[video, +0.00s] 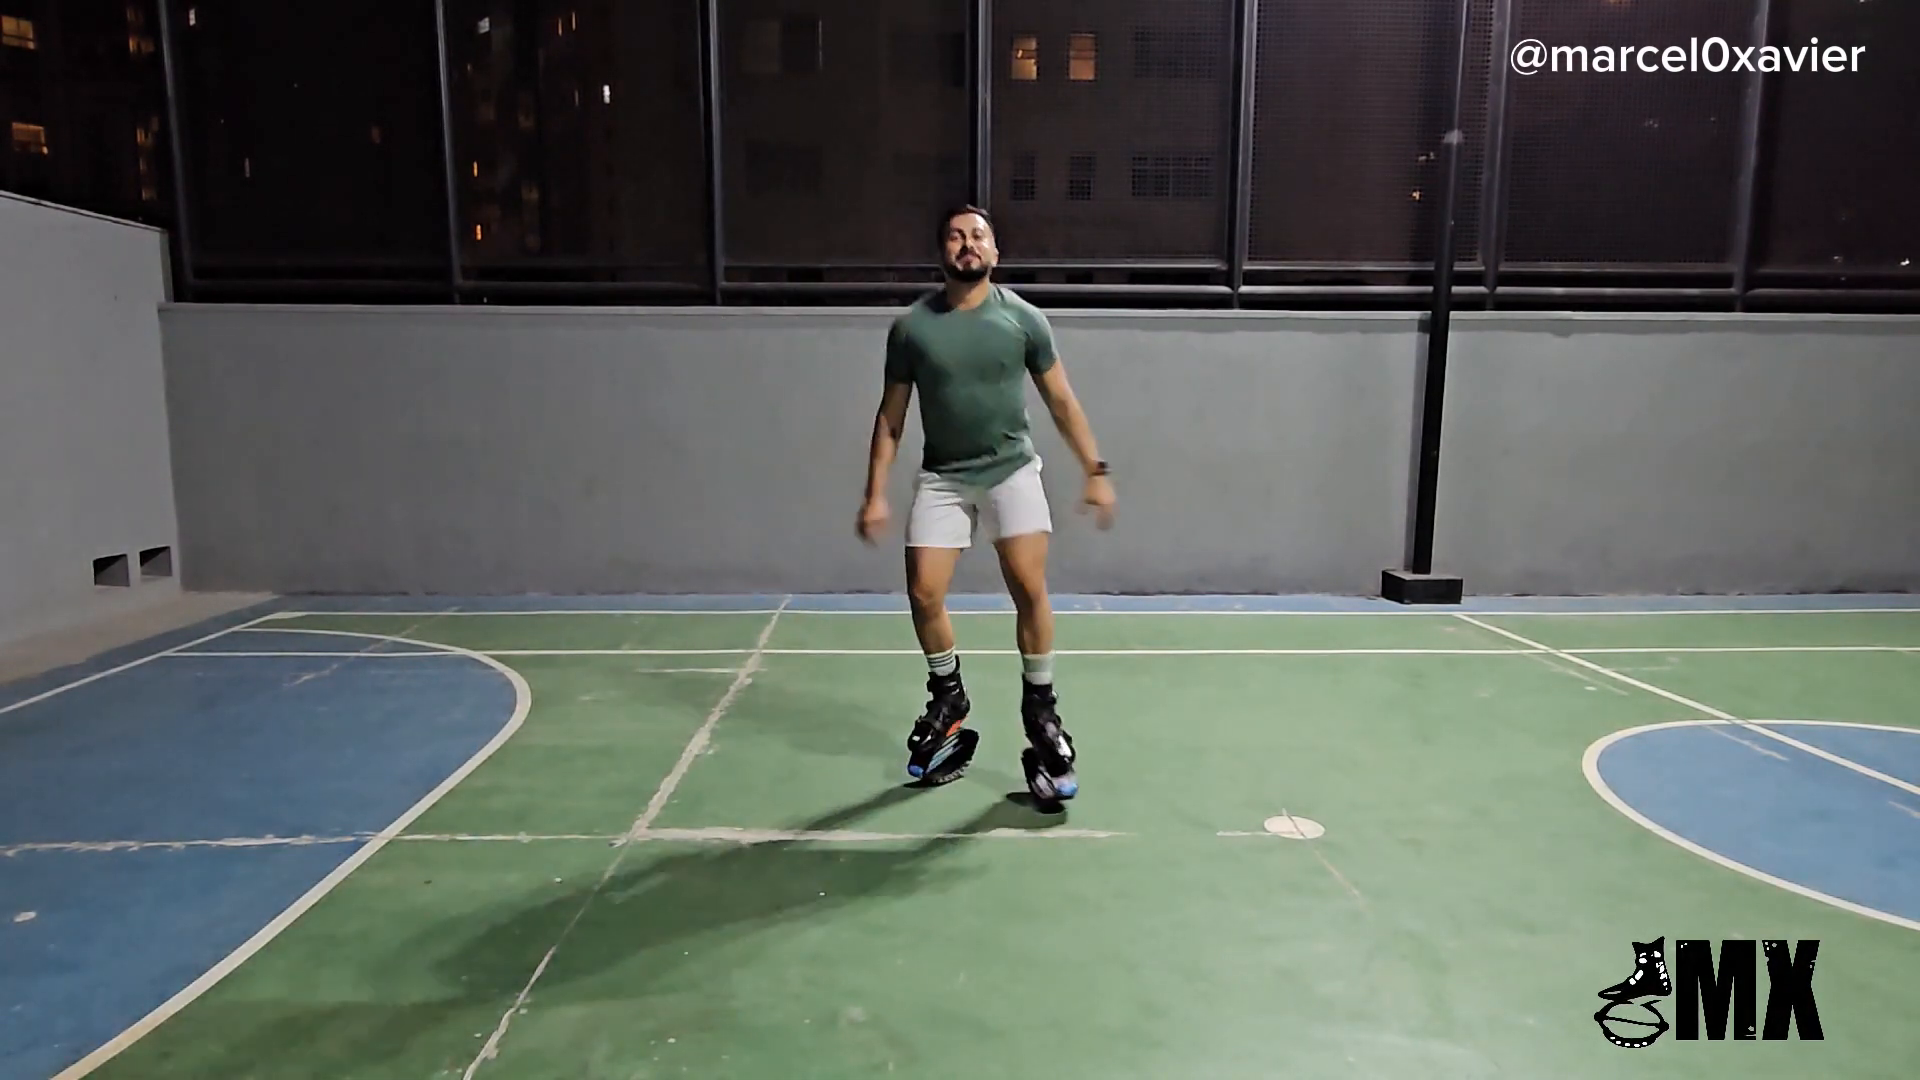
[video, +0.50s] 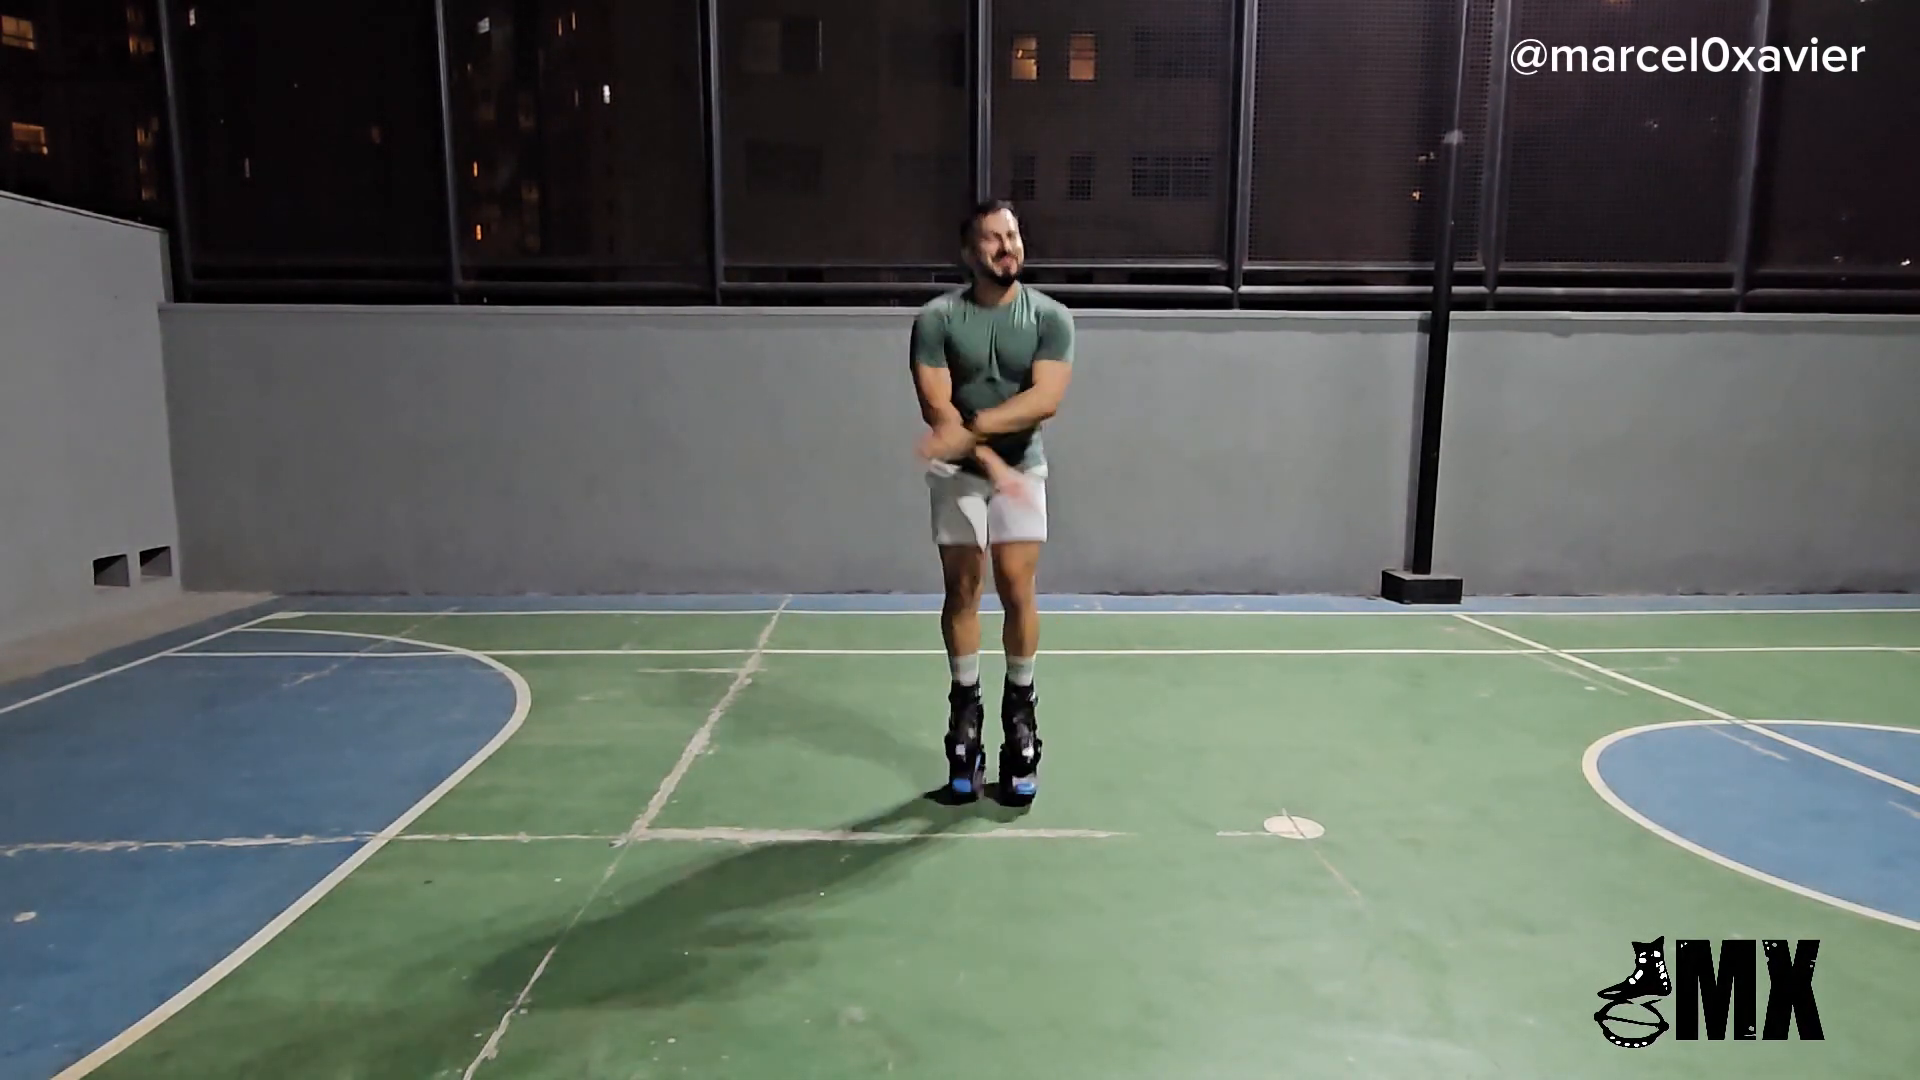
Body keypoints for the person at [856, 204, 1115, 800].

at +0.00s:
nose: (966, 244)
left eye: (976, 236)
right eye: (956, 237)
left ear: (995, 253)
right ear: (941, 255)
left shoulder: (1025, 320)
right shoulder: (911, 329)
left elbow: (1062, 402)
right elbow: (890, 420)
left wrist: (1096, 470)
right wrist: (874, 494)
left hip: (1013, 472)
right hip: (943, 478)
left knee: (1028, 586)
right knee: (923, 594)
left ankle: (1040, 708)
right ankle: (948, 697)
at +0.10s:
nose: (981, 277)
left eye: (992, 268)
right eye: (971, 269)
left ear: (1010, 281)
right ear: (958, 282)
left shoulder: (1042, 352)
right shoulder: (926, 360)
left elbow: (1104, 413)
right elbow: (875, 429)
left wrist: (1172, 459)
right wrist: (812, 482)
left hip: (1025, 506)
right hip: (953, 507)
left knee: (1044, 615)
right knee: (926, 615)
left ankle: (1049, 741)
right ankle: (949, 712)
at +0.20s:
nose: (988, 257)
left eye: (999, 248)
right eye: (978, 250)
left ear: (1017, 262)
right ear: (964, 266)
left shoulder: (1050, 329)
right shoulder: (933, 338)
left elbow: (1123, 379)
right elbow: (873, 391)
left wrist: (1186, 403)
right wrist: (806, 426)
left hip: (1028, 494)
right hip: (959, 494)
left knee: (1037, 606)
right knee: (941, 607)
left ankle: (1049, 734)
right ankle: (951, 713)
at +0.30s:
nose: (993, 222)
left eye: (1002, 212)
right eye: (981, 213)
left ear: (1020, 223)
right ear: (965, 225)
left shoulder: (1051, 289)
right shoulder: (933, 292)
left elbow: (1110, 349)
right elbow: (877, 351)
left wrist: (1136, 391)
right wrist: (859, 403)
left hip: (1025, 452)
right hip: (956, 453)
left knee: (1029, 570)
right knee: (953, 574)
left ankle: (1042, 700)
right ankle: (950, 697)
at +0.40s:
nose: (999, 215)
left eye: (1007, 205)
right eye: (986, 206)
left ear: (1021, 216)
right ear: (968, 219)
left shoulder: (1052, 287)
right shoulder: (933, 289)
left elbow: (1088, 367)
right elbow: (894, 371)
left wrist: (1062, 423)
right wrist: (929, 432)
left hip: (1026, 444)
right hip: (958, 447)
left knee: (1024, 562)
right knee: (959, 564)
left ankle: (1028, 692)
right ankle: (958, 692)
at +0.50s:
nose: (1007, 247)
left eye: (1012, 236)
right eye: (993, 239)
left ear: (1023, 244)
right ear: (970, 252)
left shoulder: (1050, 318)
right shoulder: (937, 320)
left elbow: (1045, 400)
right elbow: (941, 413)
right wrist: (994, 464)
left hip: (1022, 465)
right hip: (957, 465)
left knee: (1016, 585)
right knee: (963, 586)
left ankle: (1020, 718)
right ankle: (965, 719)